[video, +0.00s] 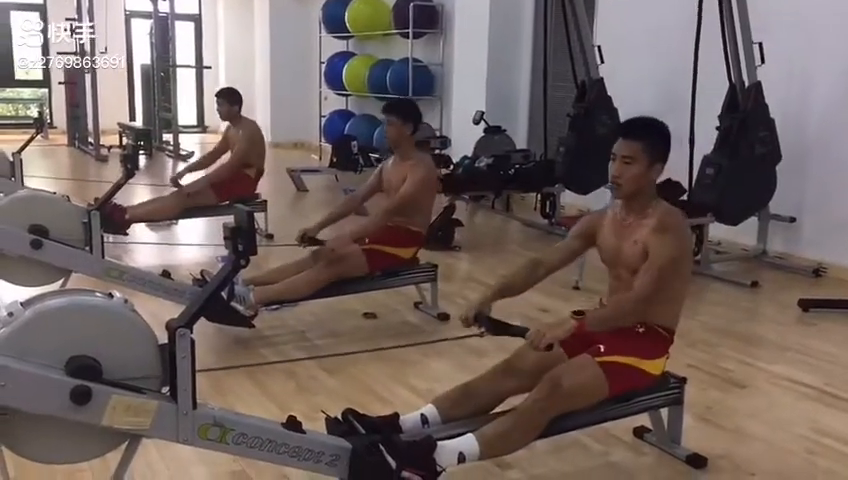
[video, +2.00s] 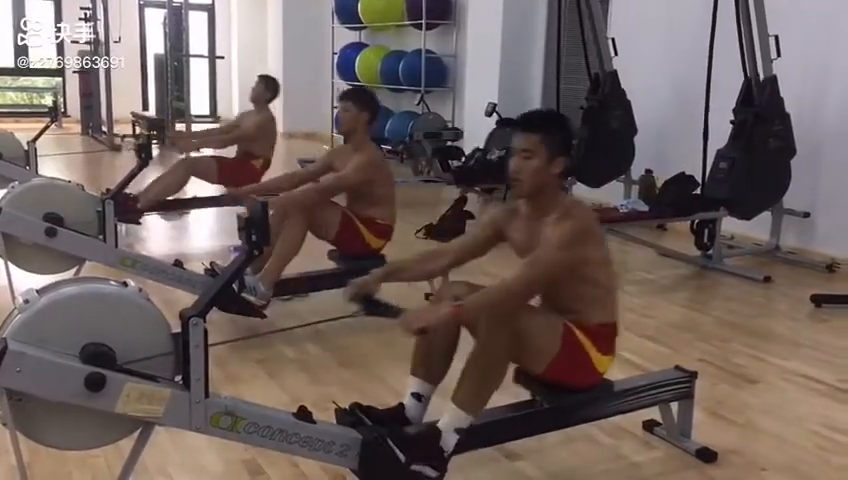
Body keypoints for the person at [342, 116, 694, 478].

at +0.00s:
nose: (617, 170)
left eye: (630, 162)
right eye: (615, 159)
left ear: (657, 170)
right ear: (609, 162)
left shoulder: (670, 226)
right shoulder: (601, 220)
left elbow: (634, 305)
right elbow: (541, 264)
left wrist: (566, 329)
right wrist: (491, 295)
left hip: (645, 342)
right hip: (601, 326)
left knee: (551, 391)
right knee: (510, 370)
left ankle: (442, 457)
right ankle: (401, 427)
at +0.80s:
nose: (568, 163)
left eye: (581, 154)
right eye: (567, 153)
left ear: (612, 165)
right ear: (564, 155)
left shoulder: (625, 223)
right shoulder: (556, 215)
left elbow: (574, 286)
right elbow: (488, 253)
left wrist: (505, 317)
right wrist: (433, 283)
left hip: (622, 349)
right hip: (580, 329)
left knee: (529, 332)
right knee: (481, 315)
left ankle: (449, 448)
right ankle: (418, 418)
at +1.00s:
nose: (533, 166)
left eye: (546, 156)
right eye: (533, 155)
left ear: (577, 166)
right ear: (530, 157)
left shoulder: (592, 225)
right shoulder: (526, 217)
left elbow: (537, 287)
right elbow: (454, 254)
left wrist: (462, 316)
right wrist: (391, 283)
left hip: (598, 353)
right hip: (555, 335)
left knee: (512, 324)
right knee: (462, 302)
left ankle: (449, 449)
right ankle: (417, 417)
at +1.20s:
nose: (488, 171)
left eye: (501, 162)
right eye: (488, 160)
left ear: (534, 169)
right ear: (487, 161)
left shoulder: (548, 232)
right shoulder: (482, 222)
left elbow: (493, 294)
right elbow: (409, 259)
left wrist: (404, 324)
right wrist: (337, 290)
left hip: (566, 367)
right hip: (519, 353)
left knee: (487, 313)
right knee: (437, 289)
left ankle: (449, 447)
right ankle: (417, 415)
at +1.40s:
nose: (445, 179)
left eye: (459, 170)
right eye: (445, 168)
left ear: (492, 178)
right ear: (443, 170)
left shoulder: (506, 238)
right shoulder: (449, 229)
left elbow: (447, 303)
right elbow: (366, 268)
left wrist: (356, 333)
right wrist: (292, 295)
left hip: (541, 375)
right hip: (494, 363)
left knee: (464, 308)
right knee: (413, 287)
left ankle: (448, 443)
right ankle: (417, 412)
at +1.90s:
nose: (473, 173)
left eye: (487, 164)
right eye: (472, 162)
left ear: (520, 174)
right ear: (469, 165)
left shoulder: (539, 228)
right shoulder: (472, 224)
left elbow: (483, 294)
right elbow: (406, 264)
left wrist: (398, 319)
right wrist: (338, 280)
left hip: (562, 362)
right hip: (517, 353)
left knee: (482, 312)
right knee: (434, 287)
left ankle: (445, 441)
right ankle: (412, 414)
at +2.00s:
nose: (513, 166)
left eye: (526, 157)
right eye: (512, 155)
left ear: (558, 166)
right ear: (509, 159)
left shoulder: (573, 223)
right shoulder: (507, 216)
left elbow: (521, 286)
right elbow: (446, 256)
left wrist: (449, 311)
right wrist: (381, 275)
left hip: (587, 349)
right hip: (547, 330)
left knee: (501, 321)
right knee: (452, 293)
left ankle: (441, 444)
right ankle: (411, 414)